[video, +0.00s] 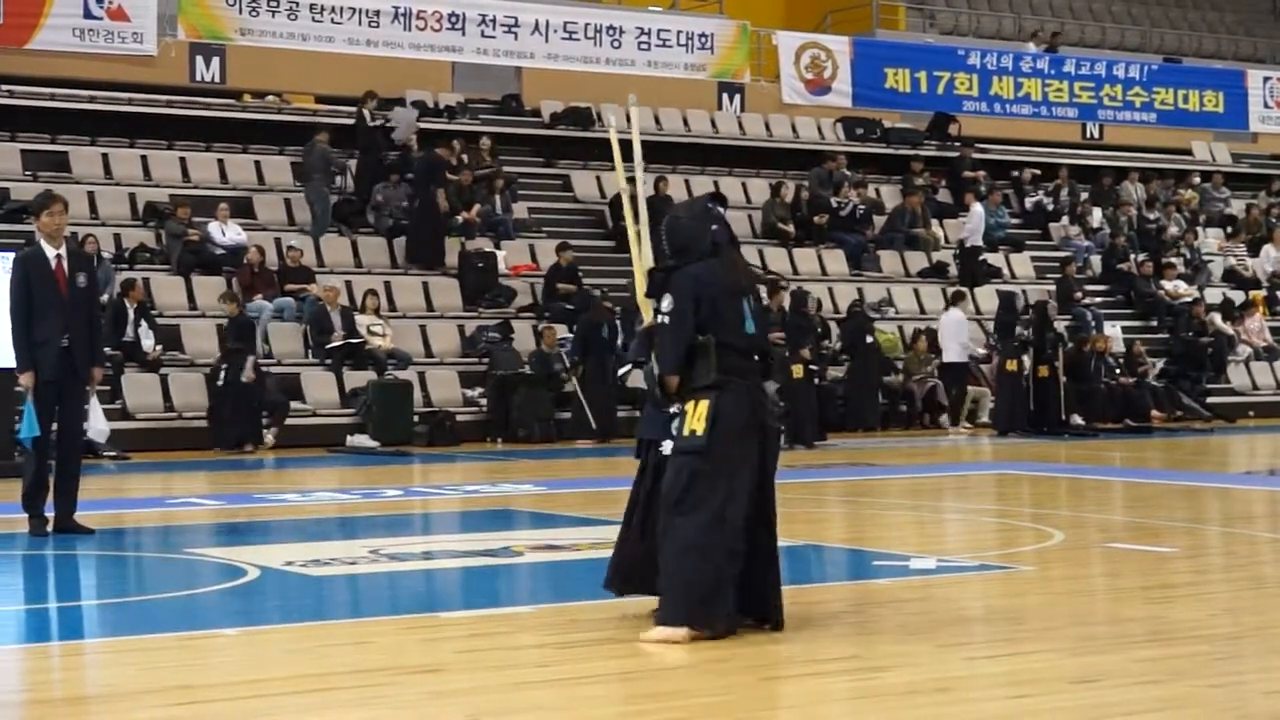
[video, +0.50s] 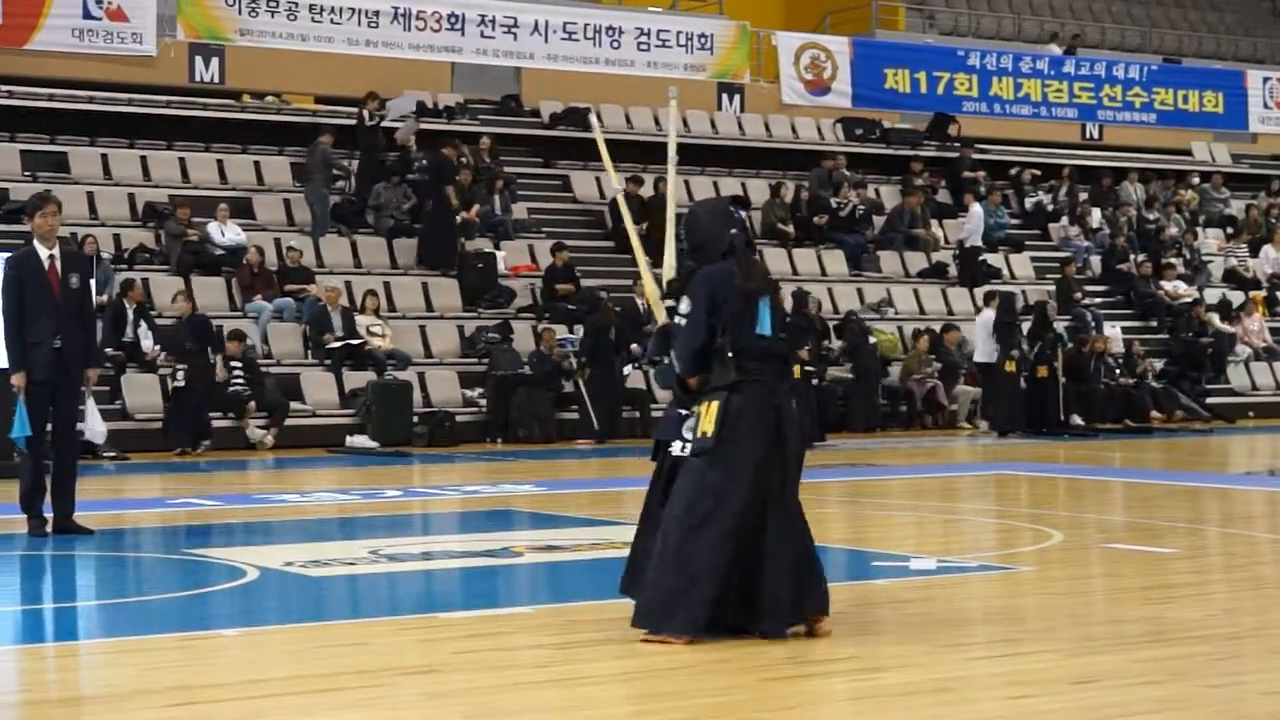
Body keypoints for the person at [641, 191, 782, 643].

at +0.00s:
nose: (669, 244)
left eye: (673, 236)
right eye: (670, 236)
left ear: (685, 239)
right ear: (718, 234)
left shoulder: (687, 281)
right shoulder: (741, 278)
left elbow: (672, 362)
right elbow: (757, 346)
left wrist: (671, 387)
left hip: (711, 406)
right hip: (751, 403)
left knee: (688, 504)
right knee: (742, 505)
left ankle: (684, 614)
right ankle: (749, 605)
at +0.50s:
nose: (687, 242)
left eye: (691, 234)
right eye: (688, 234)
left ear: (705, 237)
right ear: (739, 233)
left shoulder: (706, 281)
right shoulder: (762, 279)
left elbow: (689, 354)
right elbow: (771, 346)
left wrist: (691, 385)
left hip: (731, 409)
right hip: (778, 406)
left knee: (695, 510)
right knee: (779, 506)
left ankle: (678, 620)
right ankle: (812, 606)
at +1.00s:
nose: (725, 240)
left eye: (728, 233)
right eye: (727, 232)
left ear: (740, 235)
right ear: (777, 231)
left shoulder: (739, 283)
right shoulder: (808, 280)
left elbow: (716, 359)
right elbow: (821, 352)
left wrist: (725, 383)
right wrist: (790, 378)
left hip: (761, 411)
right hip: (812, 409)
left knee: (735, 511)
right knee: (824, 510)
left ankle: (723, 616)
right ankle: (835, 613)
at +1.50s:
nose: (736, 236)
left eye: (738, 228)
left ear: (745, 231)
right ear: (787, 226)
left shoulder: (734, 279)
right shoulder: (812, 280)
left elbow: (709, 352)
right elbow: (821, 353)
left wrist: (723, 370)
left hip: (754, 407)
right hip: (809, 407)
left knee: (736, 510)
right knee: (816, 509)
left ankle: (716, 622)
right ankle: (825, 617)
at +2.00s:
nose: (781, 229)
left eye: (783, 222)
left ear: (789, 226)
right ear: (833, 224)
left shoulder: (776, 279)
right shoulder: (855, 281)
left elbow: (750, 347)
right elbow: (865, 345)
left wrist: (756, 369)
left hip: (797, 405)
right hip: (852, 404)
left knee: (783, 505)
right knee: (866, 504)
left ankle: (773, 615)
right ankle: (897, 608)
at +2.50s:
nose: (848, 237)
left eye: (855, 228)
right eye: (848, 227)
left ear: (875, 232)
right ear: (904, 229)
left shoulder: (876, 282)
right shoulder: (927, 276)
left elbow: (857, 354)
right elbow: (939, 345)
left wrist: (841, 377)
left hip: (894, 409)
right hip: (940, 407)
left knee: (856, 506)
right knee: (944, 513)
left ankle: (843, 617)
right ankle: (950, 618)